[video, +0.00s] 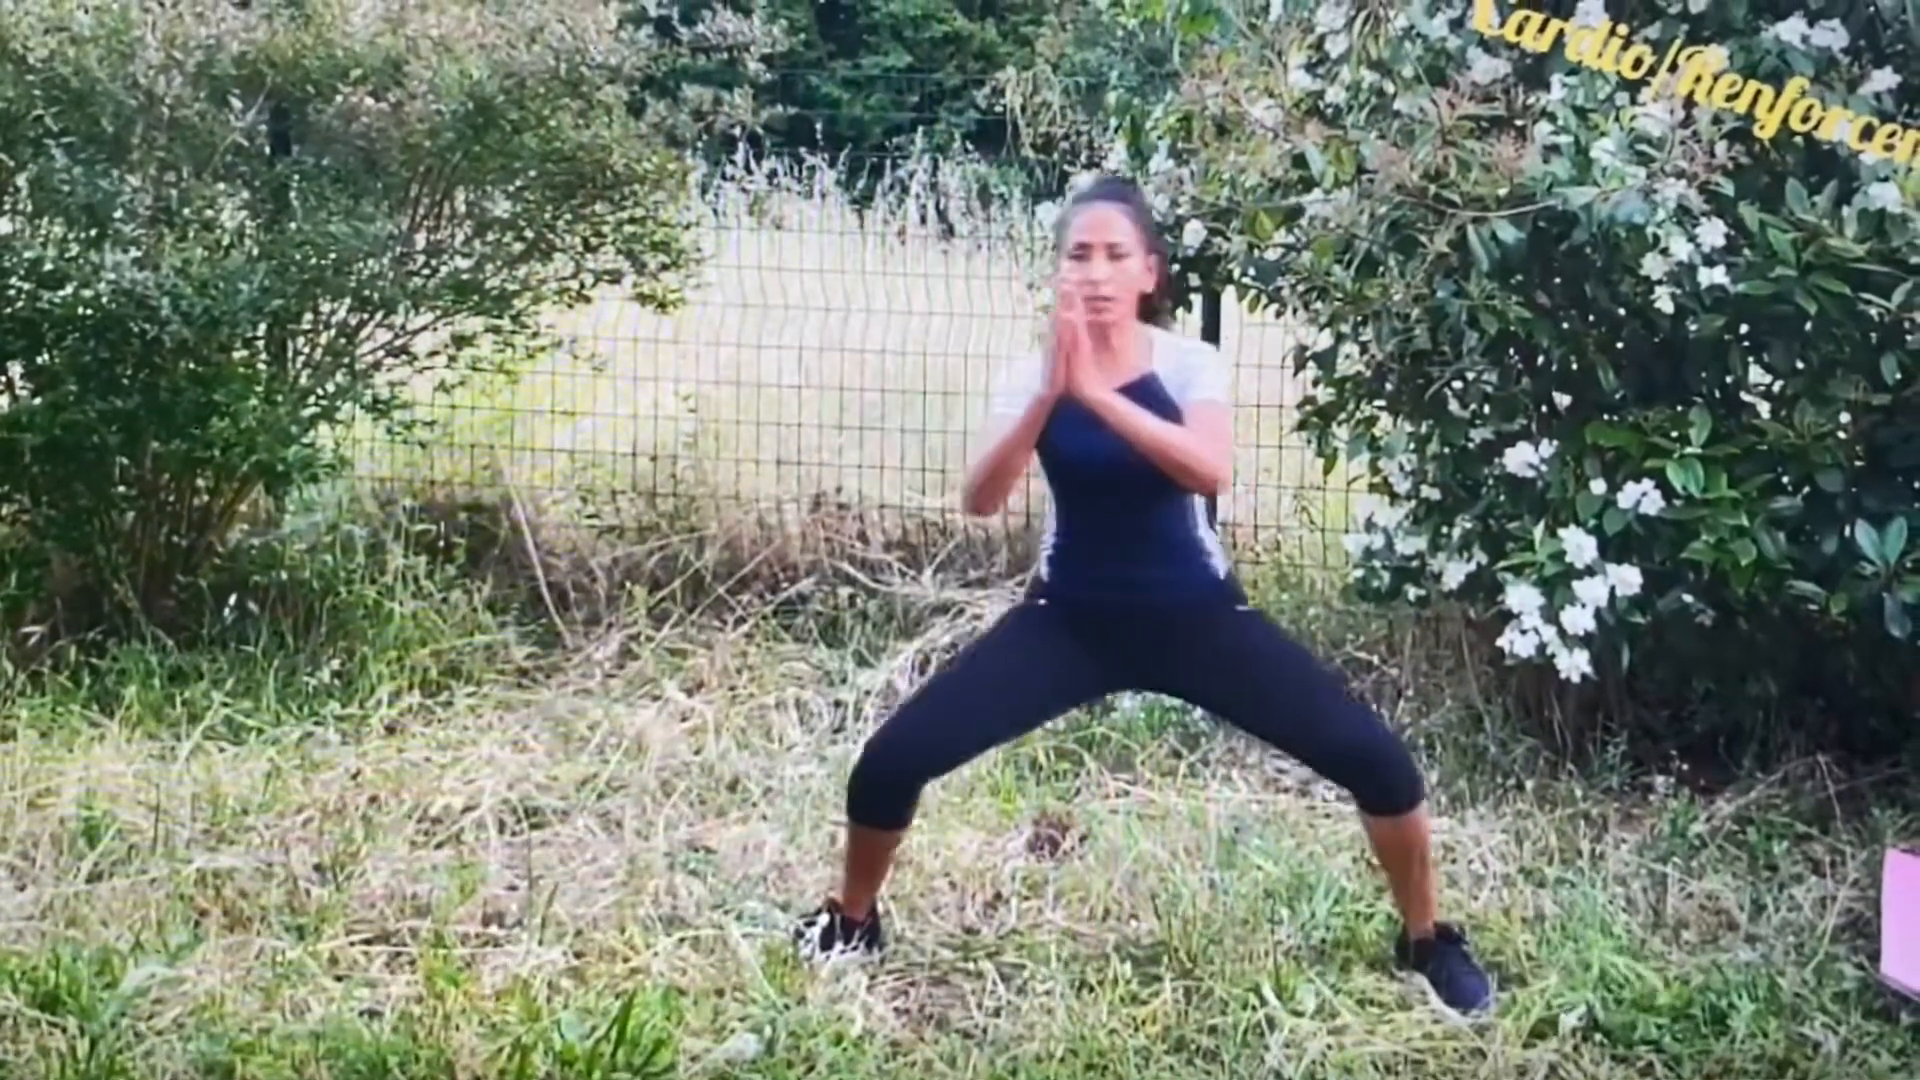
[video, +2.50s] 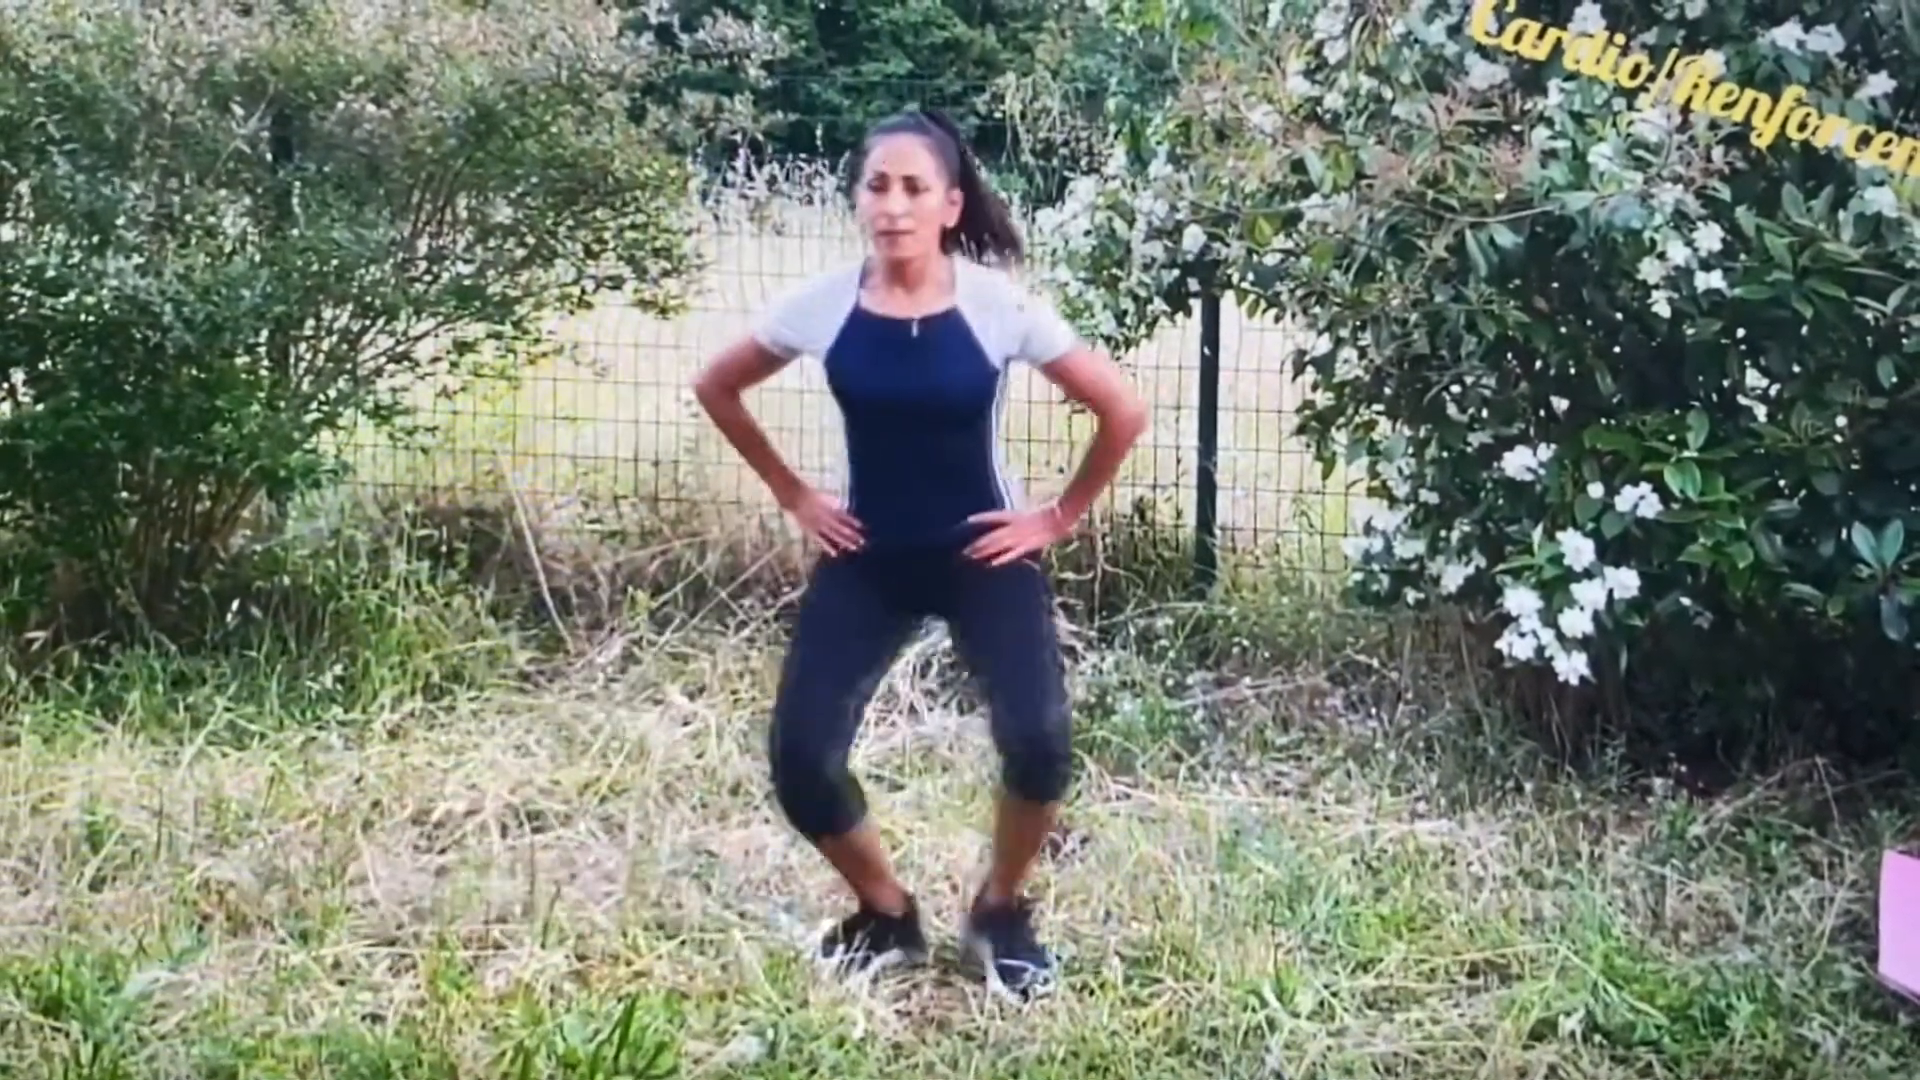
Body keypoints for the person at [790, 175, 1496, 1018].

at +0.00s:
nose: (1092, 273)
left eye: (1112, 256)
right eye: (1078, 256)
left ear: (1152, 272)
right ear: (1057, 271)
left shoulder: (1187, 363)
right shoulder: (1036, 372)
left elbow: (1210, 469)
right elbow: (980, 500)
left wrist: (1095, 393)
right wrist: (1050, 390)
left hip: (1195, 627)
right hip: (1067, 628)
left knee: (1381, 764)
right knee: (889, 759)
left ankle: (1426, 938)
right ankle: (848, 921)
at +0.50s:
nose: (1072, 271)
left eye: (1094, 253)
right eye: (1062, 253)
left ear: (1147, 265)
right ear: (1051, 265)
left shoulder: (1188, 358)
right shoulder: (1043, 359)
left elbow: (1218, 465)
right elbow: (952, 482)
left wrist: (1108, 384)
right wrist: (1023, 379)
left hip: (1191, 620)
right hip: (1065, 619)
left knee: (1369, 776)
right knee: (891, 749)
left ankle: (1423, 940)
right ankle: (851, 922)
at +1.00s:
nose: (934, 192)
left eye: (958, 174)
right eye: (922, 173)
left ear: (1003, 195)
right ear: (905, 190)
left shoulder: (1033, 302)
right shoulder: (874, 286)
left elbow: (1112, 413)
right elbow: (754, 399)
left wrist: (986, 369)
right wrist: (850, 370)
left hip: (983, 559)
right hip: (862, 544)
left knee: (1037, 761)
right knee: (735, 706)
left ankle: (982, 917)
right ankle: (802, 879)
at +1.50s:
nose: (740, 247)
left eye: (762, 232)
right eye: (727, 229)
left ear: (799, 250)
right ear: (704, 240)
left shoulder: (832, 349)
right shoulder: (658, 329)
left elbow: (970, 427)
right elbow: (525, 367)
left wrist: (877, 529)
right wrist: (560, 493)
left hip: (795, 596)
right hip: (669, 587)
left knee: (931, 752)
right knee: (464, 734)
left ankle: (986, 924)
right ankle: (428, 876)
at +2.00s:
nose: (714, 254)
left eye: (737, 240)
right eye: (701, 235)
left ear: (774, 260)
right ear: (677, 248)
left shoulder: (803, 365)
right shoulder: (630, 344)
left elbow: (929, 466)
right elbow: (522, 404)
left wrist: (849, 559)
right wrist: (583, 522)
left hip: (771, 603)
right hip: (642, 598)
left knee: (913, 747)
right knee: (444, 741)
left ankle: (985, 921)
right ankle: (428, 879)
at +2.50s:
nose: (891, 205)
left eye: (913, 188)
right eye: (877, 187)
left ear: (952, 208)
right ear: (858, 203)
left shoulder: (997, 304)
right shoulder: (829, 302)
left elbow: (1124, 413)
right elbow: (715, 385)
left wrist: (1059, 517)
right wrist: (796, 495)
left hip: (986, 559)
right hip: (867, 564)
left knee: (1040, 742)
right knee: (800, 763)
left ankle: (1002, 912)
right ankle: (886, 914)